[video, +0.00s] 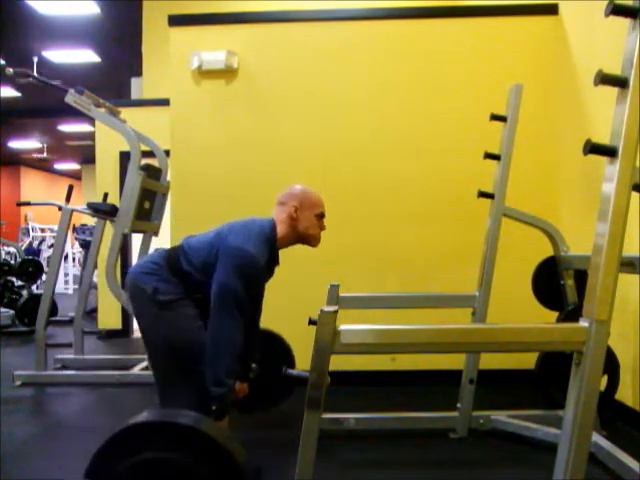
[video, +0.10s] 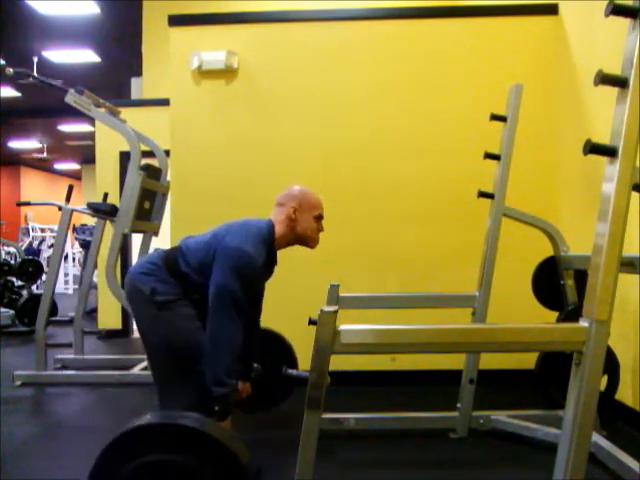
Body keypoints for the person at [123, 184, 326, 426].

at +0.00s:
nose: (323, 225)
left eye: (323, 218)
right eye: (318, 217)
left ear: (293, 214)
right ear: (294, 213)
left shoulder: (261, 248)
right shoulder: (246, 247)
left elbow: (247, 318)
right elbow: (227, 318)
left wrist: (240, 373)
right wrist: (221, 390)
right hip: (155, 285)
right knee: (188, 377)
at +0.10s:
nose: (322, 227)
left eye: (322, 220)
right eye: (317, 219)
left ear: (292, 215)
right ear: (292, 214)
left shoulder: (260, 250)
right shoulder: (244, 247)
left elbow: (247, 320)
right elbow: (225, 320)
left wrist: (243, 373)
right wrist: (223, 395)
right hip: (154, 285)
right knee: (188, 376)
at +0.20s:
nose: (319, 223)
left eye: (319, 215)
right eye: (314, 214)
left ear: (289, 210)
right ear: (290, 209)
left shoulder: (256, 243)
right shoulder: (241, 240)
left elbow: (245, 313)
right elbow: (221, 311)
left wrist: (244, 366)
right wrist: (223, 383)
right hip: (153, 284)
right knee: (185, 375)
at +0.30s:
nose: (315, 219)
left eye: (316, 211)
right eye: (311, 210)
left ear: (288, 202)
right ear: (287, 201)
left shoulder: (254, 233)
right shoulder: (237, 231)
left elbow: (242, 302)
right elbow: (211, 303)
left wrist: (245, 352)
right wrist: (225, 367)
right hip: (151, 284)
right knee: (181, 375)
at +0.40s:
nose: (311, 213)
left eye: (313, 206)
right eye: (309, 204)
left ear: (285, 194)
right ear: (286, 194)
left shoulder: (252, 220)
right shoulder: (231, 217)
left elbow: (235, 284)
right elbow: (199, 284)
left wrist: (241, 332)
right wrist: (216, 344)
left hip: (174, 281)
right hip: (151, 281)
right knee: (175, 362)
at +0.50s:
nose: (306, 208)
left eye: (308, 201)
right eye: (304, 199)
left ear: (282, 186)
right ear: (282, 186)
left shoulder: (251, 209)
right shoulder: (226, 200)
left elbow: (228, 267)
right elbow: (185, 264)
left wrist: (237, 310)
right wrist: (211, 318)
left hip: (176, 280)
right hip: (151, 281)